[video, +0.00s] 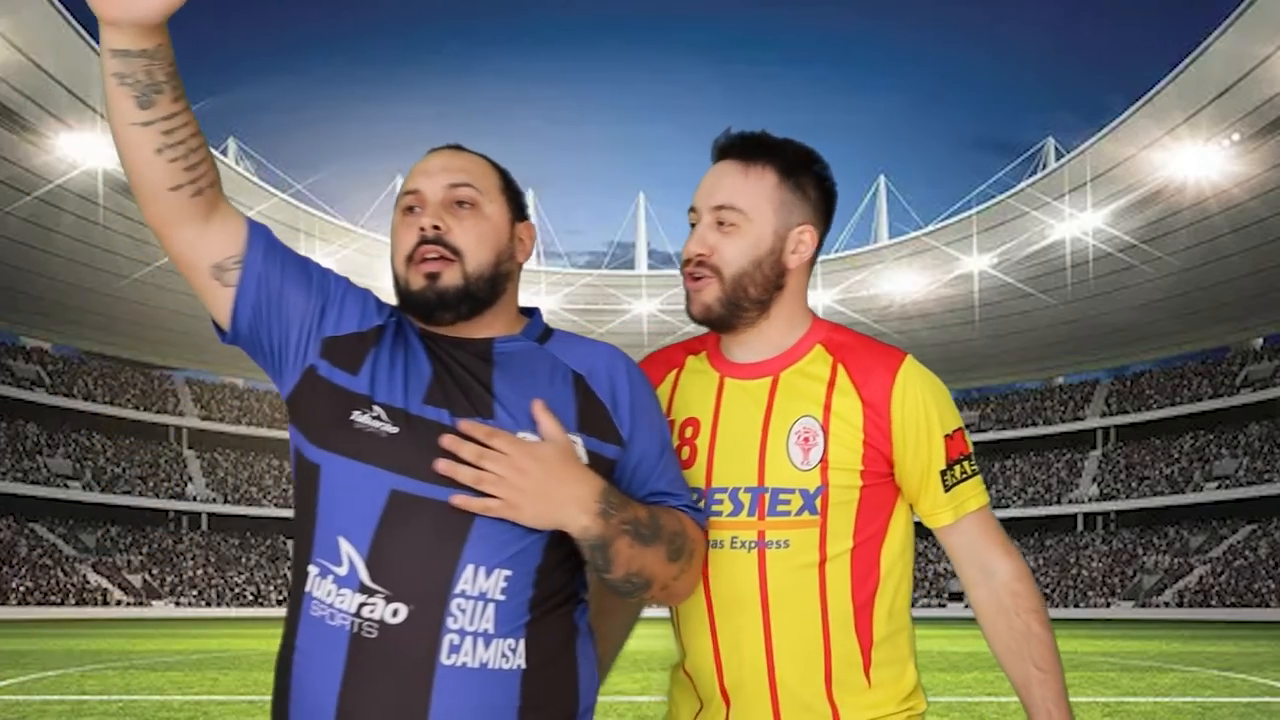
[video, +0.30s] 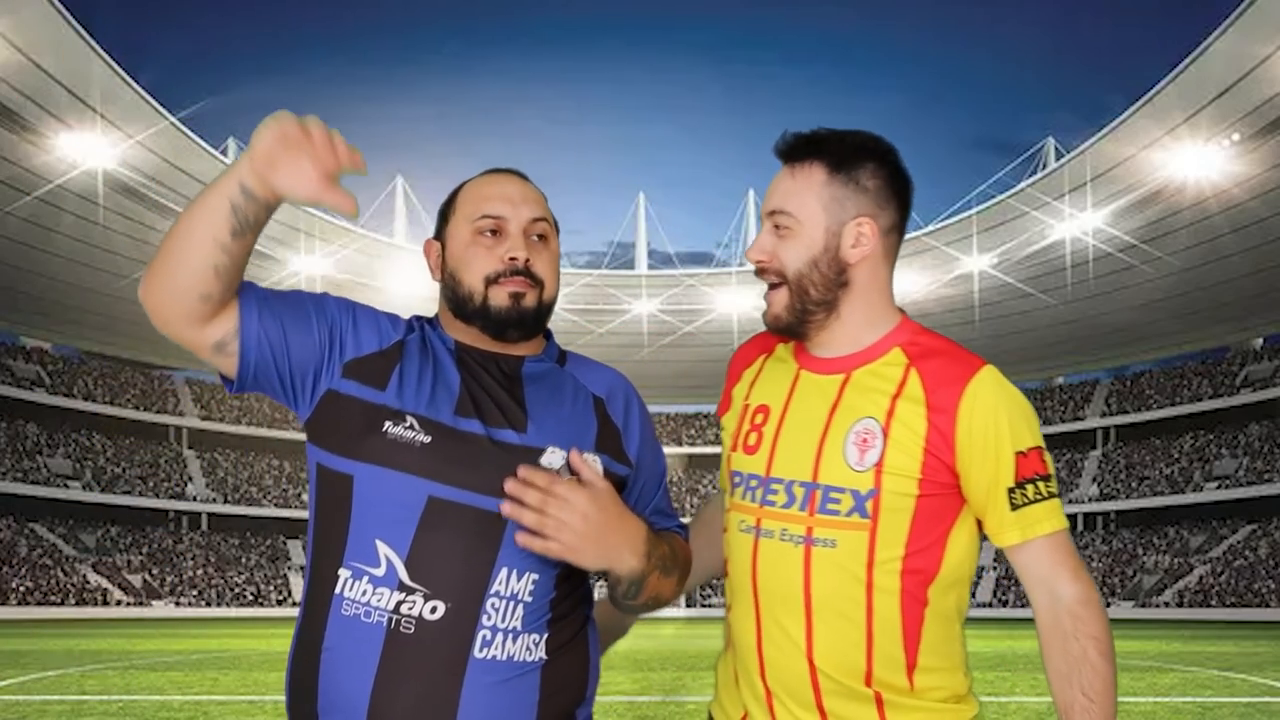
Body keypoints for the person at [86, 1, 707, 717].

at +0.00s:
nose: (427, 219)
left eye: (463, 202)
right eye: (410, 207)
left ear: (522, 241)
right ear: (388, 241)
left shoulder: (606, 385)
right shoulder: (327, 332)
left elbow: (674, 574)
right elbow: (191, 208)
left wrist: (592, 508)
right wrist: (131, 33)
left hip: (522, 708)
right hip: (327, 704)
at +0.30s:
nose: (519, 245)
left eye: (540, 231)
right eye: (489, 228)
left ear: (559, 265)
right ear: (437, 259)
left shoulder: (608, 403)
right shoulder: (348, 346)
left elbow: (667, 577)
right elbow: (180, 304)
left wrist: (635, 553)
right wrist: (253, 183)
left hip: (538, 711)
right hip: (346, 707)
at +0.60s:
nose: (530, 257)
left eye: (539, 238)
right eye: (500, 234)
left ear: (551, 253)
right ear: (433, 252)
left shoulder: (593, 384)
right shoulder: (338, 360)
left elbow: (641, 523)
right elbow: (171, 440)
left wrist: (631, 607)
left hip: (531, 703)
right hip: (363, 702)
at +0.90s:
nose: (567, 266)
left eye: (567, 244)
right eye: (538, 242)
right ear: (462, 254)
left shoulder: (610, 381)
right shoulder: (354, 374)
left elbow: (656, 526)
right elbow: (271, 526)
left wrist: (659, 635)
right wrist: (277, 679)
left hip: (564, 705)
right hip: (390, 705)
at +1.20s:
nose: (609, 274)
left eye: (611, 254)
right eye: (582, 250)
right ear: (506, 258)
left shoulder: (633, 373)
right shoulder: (389, 369)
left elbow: (663, 533)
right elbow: (311, 539)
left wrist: (666, 655)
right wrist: (335, 688)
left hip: (588, 709)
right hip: (415, 709)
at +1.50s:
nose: (583, 279)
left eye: (580, 255)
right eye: (559, 253)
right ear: (478, 256)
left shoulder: (576, 377)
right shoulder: (351, 368)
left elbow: (612, 535)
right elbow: (241, 548)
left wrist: (635, 659)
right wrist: (305, 707)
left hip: (551, 705)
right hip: (382, 705)